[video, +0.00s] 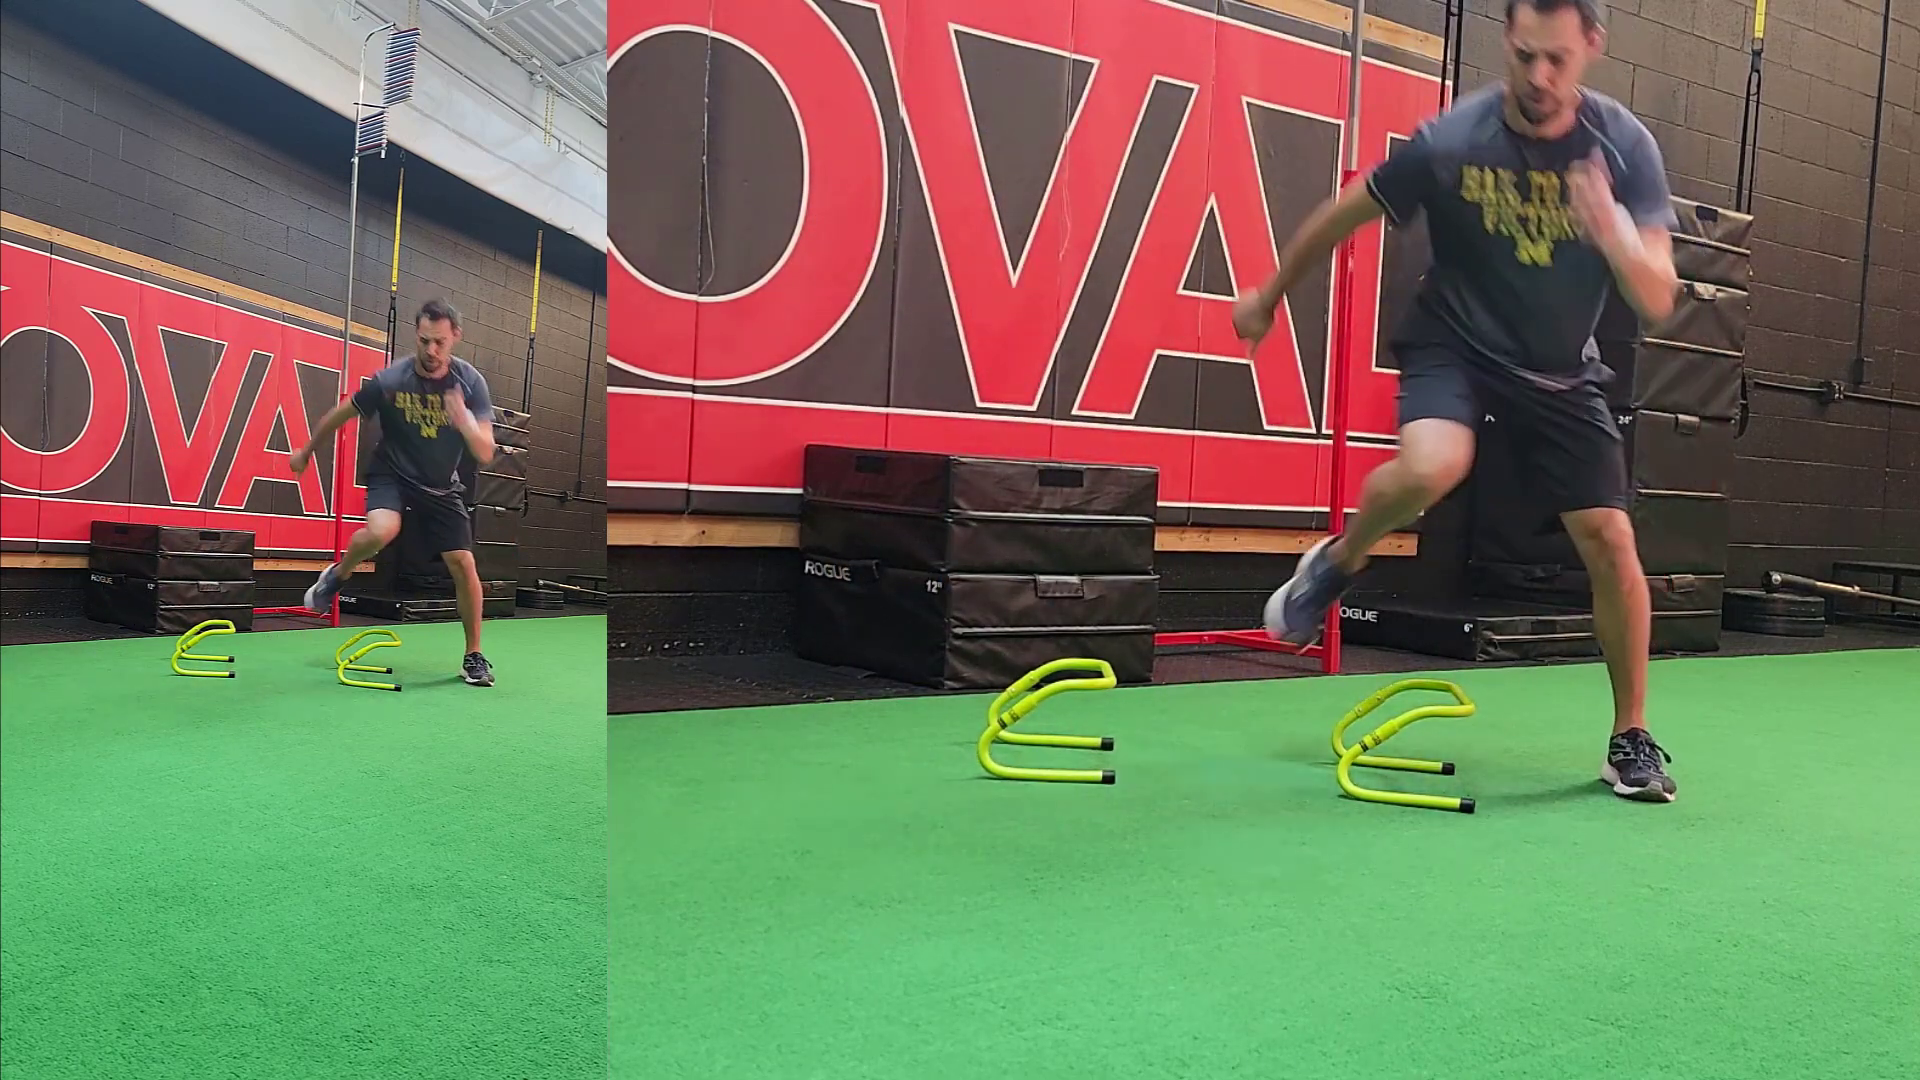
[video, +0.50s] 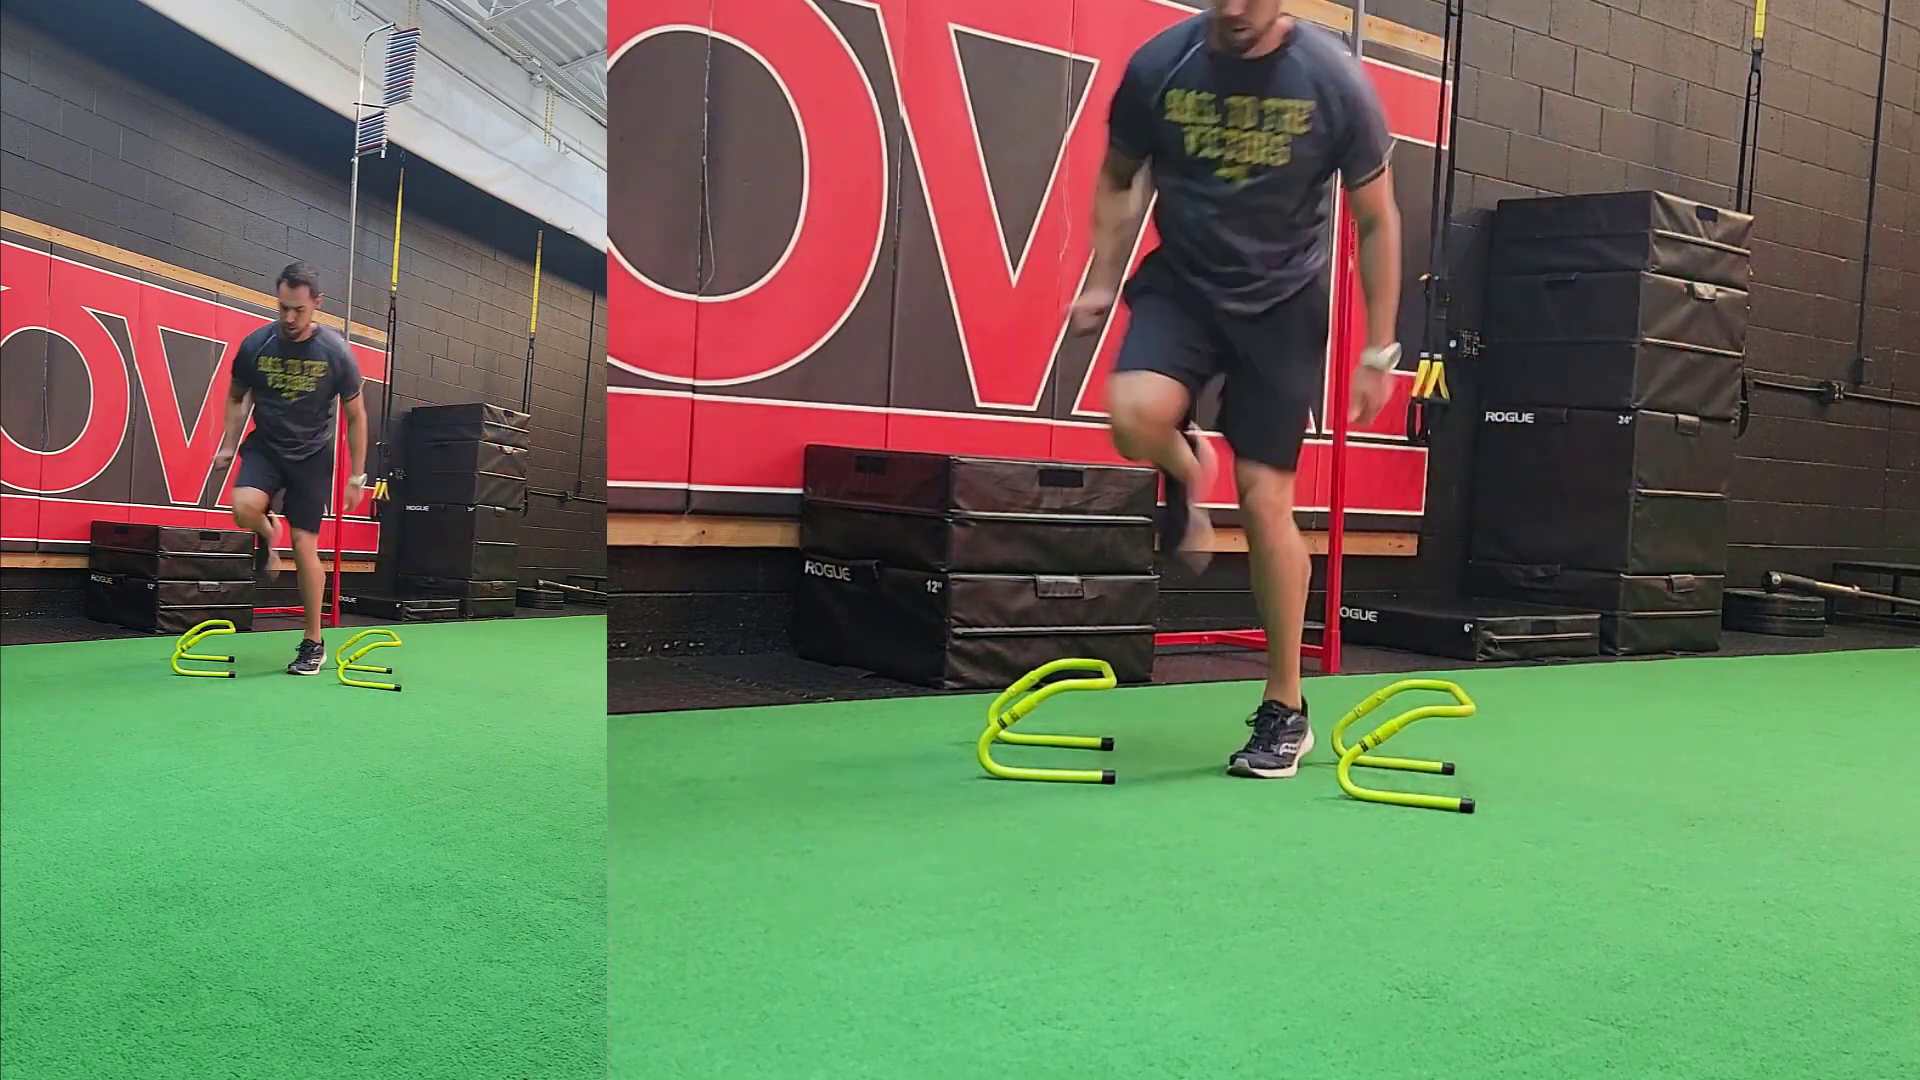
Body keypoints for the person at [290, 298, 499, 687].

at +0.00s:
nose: (431, 351)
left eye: (439, 342)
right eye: (424, 341)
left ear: (455, 339)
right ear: (415, 338)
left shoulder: (471, 383)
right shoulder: (389, 380)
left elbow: (486, 455)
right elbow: (341, 414)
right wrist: (305, 450)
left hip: (442, 486)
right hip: (392, 477)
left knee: (464, 564)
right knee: (381, 531)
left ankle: (474, 654)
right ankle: (336, 577)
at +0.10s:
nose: (400, 323)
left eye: (408, 315)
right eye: (393, 313)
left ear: (425, 312)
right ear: (383, 310)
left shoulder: (440, 354)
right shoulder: (358, 357)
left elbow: (462, 415)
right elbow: (324, 400)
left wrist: (437, 408)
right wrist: (301, 450)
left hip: (417, 467)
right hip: (363, 460)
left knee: (441, 546)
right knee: (346, 538)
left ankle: (470, 643)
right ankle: (306, 613)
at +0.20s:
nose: (366, 322)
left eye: (374, 314)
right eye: (359, 314)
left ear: (390, 312)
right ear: (350, 311)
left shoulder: (409, 356)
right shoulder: (326, 362)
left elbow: (419, 407)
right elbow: (307, 422)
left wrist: (424, 459)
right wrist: (305, 478)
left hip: (391, 458)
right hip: (337, 458)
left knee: (404, 523)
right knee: (326, 550)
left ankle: (418, 575)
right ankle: (310, 636)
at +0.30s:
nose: (339, 322)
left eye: (347, 313)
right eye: (333, 312)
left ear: (362, 311)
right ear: (324, 309)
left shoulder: (383, 355)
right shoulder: (302, 357)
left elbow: (401, 399)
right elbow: (282, 416)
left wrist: (403, 444)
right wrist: (305, 436)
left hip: (362, 450)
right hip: (316, 455)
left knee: (356, 494)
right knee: (313, 550)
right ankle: (308, 637)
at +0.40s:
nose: (317, 311)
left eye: (325, 303)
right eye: (311, 302)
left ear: (341, 298)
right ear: (302, 297)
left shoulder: (363, 343)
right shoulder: (279, 340)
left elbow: (378, 394)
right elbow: (261, 394)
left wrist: (380, 442)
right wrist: (278, 420)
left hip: (336, 446)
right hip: (290, 444)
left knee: (324, 516)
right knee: (284, 528)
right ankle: (298, 611)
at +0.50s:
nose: (290, 318)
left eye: (298, 309)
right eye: (284, 308)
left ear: (317, 305)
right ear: (277, 302)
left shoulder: (337, 354)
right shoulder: (255, 345)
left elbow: (356, 414)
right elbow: (237, 397)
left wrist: (358, 473)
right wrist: (227, 445)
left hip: (312, 456)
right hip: (264, 449)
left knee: (303, 544)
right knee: (243, 506)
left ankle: (313, 641)